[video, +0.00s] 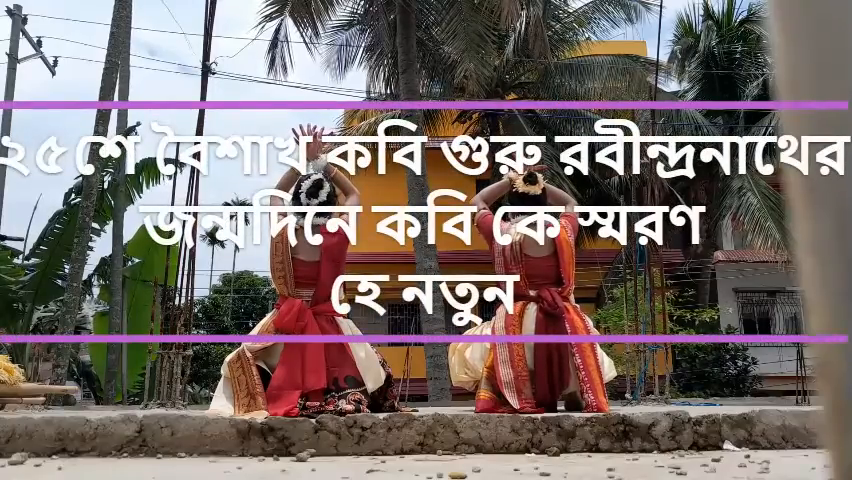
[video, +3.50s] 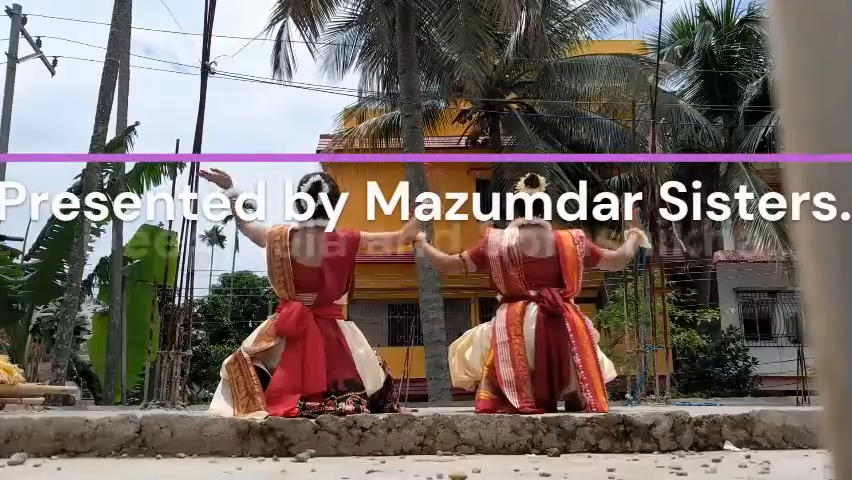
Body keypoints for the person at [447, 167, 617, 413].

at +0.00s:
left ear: (511, 211)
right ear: (543, 207)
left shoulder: (502, 234)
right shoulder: (562, 232)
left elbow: (479, 201)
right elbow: (569, 202)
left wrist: (508, 182)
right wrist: (542, 186)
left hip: (518, 318)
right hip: (561, 317)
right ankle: (573, 391)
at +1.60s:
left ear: (509, 202)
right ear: (545, 201)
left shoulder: (501, 231)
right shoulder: (562, 228)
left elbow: (479, 197)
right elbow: (566, 198)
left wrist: (502, 168)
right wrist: (542, 170)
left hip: (516, 321)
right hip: (561, 319)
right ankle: (576, 394)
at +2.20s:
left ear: (514, 207)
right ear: (546, 207)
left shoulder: (501, 233)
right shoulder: (564, 232)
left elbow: (462, 219)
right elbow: (595, 209)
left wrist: (467, 184)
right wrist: (568, 180)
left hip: (514, 316)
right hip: (559, 315)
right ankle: (579, 397)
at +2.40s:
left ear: (510, 207)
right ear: (544, 207)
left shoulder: (495, 236)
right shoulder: (566, 234)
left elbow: (446, 222)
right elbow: (605, 221)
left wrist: (447, 192)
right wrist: (593, 192)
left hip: (512, 325)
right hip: (561, 323)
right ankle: (575, 394)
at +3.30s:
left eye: (515, 204)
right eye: (537, 202)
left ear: (511, 209)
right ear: (547, 207)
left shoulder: (494, 240)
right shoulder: (569, 238)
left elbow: (442, 252)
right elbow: (619, 245)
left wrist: (426, 226)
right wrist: (616, 216)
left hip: (512, 328)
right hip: (563, 326)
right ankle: (578, 395)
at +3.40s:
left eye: (522, 201)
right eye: (536, 201)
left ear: (511, 206)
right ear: (547, 205)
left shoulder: (493, 240)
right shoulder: (570, 240)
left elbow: (452, 260)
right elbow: (620, 253)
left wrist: (423, 239)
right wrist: (624, 227)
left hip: (511, 330)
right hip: (565, 327)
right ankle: (578, 400)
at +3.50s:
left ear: (512, 207)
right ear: (548, 207)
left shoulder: (495, 241)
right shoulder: (571, 240)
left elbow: (449, 265)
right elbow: (617, 260)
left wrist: (419, 244)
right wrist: (633, 239)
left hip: (513, 330)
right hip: (565, 328)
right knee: (578, 403)